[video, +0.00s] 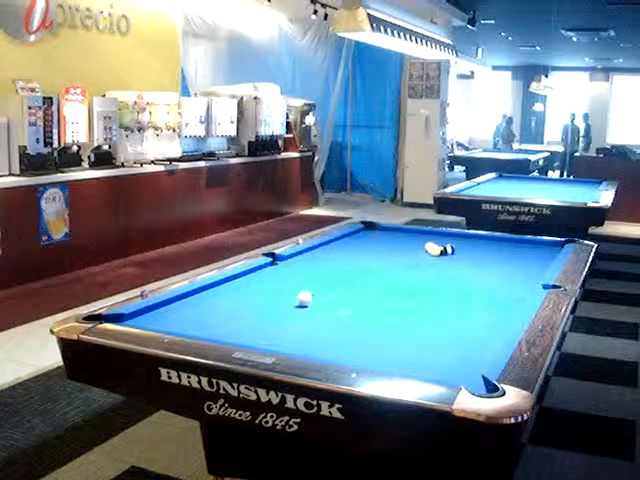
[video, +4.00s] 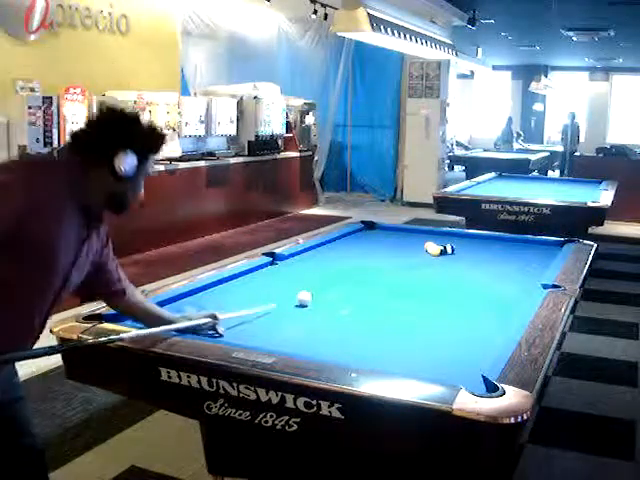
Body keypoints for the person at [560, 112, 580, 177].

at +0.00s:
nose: (572, 119)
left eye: (573, 117)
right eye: (572, 117)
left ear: (575, 118)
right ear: (569, 117)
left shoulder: (577, 128)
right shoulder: (565, 126)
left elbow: (578, 137)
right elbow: (562, 136)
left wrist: (577, 146)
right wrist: (563, 144)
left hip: (573, 147)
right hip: (566, 147)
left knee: (571, 162)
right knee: (563, 161)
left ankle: (569, 174)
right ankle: (561, 174)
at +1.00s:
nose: (571, 118)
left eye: (572, 116)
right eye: (570, 116)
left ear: (574, 117)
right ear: (569, 117)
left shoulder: (576, 127)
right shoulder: (565, 126)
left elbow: (578, 136)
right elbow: (562, 135)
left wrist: (577, 143)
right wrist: (563, 142)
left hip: (573, 146)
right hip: (565, 146)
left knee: (571, 161)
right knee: (563, 160)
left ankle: (568, 174)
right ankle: (561, 173)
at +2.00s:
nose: (572, 117)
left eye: (573, 116)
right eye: (571, 116)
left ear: (574, 117)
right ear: (569, 116)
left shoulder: (576, 127)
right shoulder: (565, 126)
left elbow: (578, 136)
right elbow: (563, 134)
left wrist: (577, 144)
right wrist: (562, 141)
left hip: (572, 145)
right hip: (565, 145)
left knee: (571, 159)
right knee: (563, 159)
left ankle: (569, 172)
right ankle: (561, 172)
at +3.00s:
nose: (572, 119)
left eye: (574, 117)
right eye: (571, 117)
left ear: (575, 117)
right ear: (570, 117)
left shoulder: (577, 126)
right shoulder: (566, 125)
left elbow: (579, 135)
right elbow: (563, 134)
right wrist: (563, 141)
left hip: (574, 146)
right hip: (566, 145)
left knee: (571, 159)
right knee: (563, 159)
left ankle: (569, 173)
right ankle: (561, 172)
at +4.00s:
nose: (571, 119)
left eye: (572, 117)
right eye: (570, 117)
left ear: (574, 117)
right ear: (568, 117)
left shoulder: (576, 126)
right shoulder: (565, 125)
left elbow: (578, 135)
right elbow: (563, 134)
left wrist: (577, 143)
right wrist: (562, 142)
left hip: (573, 145)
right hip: (566, 145)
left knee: (571, 160)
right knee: (563, 160)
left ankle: (570, 173)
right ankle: (562, 173)